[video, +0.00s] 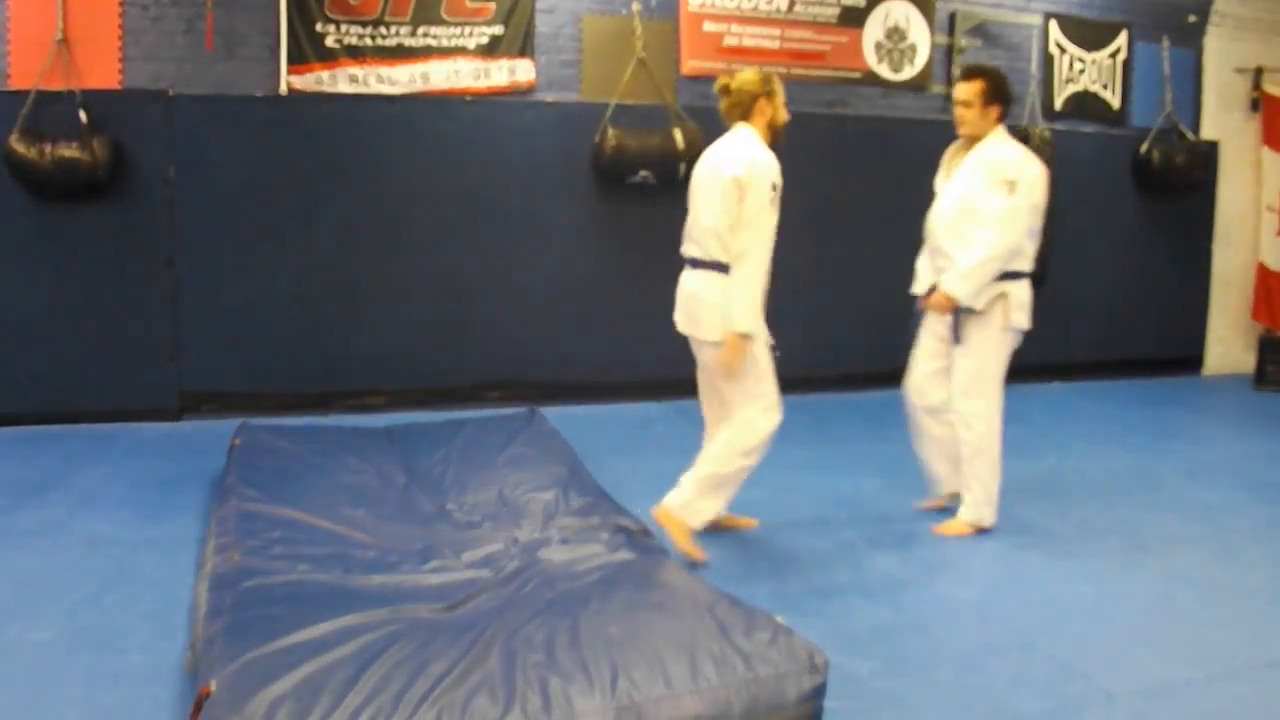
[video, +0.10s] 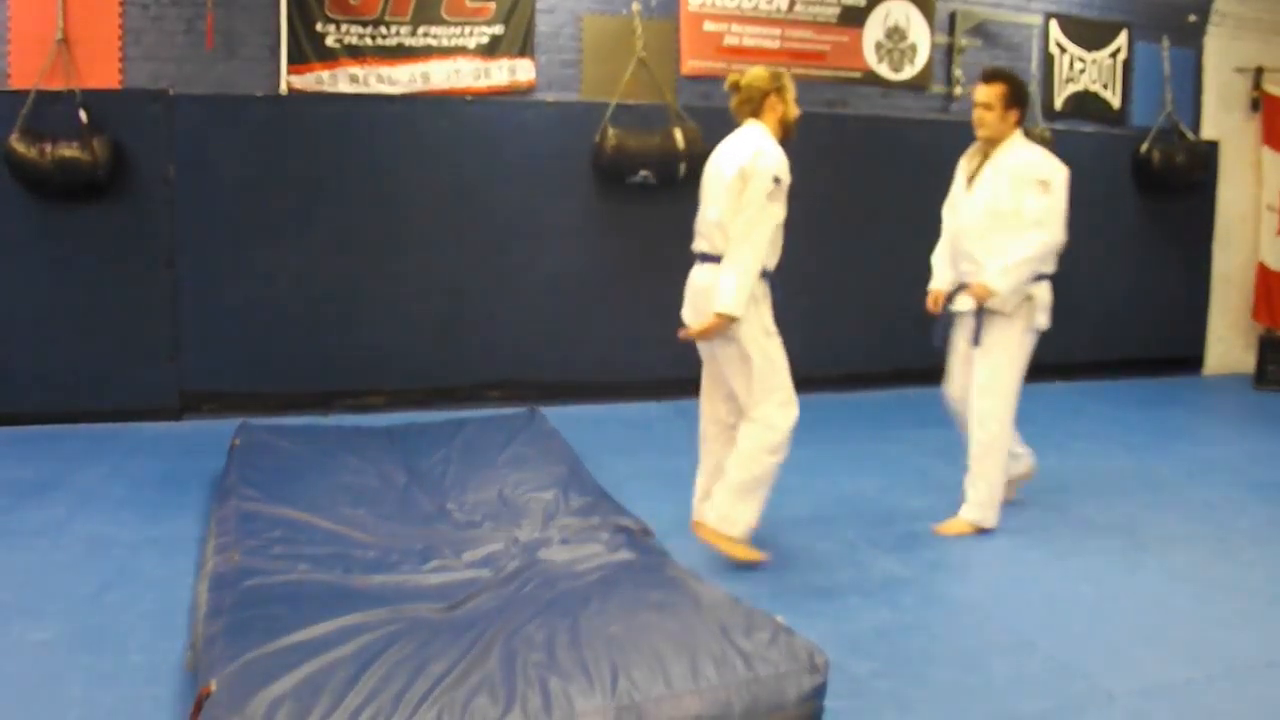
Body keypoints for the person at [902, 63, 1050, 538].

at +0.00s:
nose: (957, 114)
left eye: (967, 106)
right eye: (955, 105)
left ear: (995, 110)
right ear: (956, 107)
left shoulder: (1023, 168)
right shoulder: (955, 157)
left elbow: (1006, 242)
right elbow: (938, 229)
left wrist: (956, 289)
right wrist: (925, 280)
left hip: (995, 296)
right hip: (948, 294)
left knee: (976, 400)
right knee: (923, 390)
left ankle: (979, 510)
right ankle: (950, 484)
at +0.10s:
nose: (977, 116)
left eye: (987, 108)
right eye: (975, 107)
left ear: (1014, 114)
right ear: (974, 110)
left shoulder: (1044, 168)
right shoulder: (970, 162)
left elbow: (1047, 240)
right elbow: (952, 226)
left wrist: (996, 283)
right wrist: (941, 279)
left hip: (1016, 297)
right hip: (969, 293)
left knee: (991, 401)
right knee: (958, 391)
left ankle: (980, 508)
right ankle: (1014, 459)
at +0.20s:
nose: (993, 126)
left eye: (1003, 118)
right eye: (990, 117)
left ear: (1029, 123)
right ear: (985, 121)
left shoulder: (1060, 176)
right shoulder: (981, 175)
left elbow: (1074, 243)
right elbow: (961, 234)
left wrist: (1033, 292)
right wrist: (949, 288)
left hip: (1040, 304)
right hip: (993, 301)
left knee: (1008, 400)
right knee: (1009, 394)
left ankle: (980, 507)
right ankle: (1034, 474)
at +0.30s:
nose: (1007, 126)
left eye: (1017, 118)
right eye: (1003, 117)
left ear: (1042, 120)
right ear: (1000, 120)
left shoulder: (1079, 173)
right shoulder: (998, 174)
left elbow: (1085, 244)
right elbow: (978, 237)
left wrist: (1067, 303)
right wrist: (959, 294)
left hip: (1054, 297)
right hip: (1009, 296)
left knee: (1028, 397)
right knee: (1018, 394)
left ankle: (1003, 498)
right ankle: (1038, 472)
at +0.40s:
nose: (1027, 122)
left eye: (1036, 113)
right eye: (1023, 113)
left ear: (1062, 116)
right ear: (1019, 117)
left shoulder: (1099, 171)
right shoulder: (1014, 169)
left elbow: (1113, 239)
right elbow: (993, 230)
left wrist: (1083, 295)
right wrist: (980, 284)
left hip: (1070, 299)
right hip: (1023, 297)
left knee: (1057, 397)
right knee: (1022, 394)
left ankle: (1068, 492)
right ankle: (1033, 477)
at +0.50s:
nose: (1046, 122)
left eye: (1056, 114)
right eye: (1043, 114)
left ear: (1082, 118)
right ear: (1040, 118)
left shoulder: (1117, 172)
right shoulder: (1028, 172)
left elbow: (1135, 237)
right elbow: (1008, 223)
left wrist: (1094, 289)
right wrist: (1001, 273)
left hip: (1087, 305)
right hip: (1035, 302)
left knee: (1091, 400)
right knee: (1032, 395)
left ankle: (1121, 484)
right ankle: (1035, 478)